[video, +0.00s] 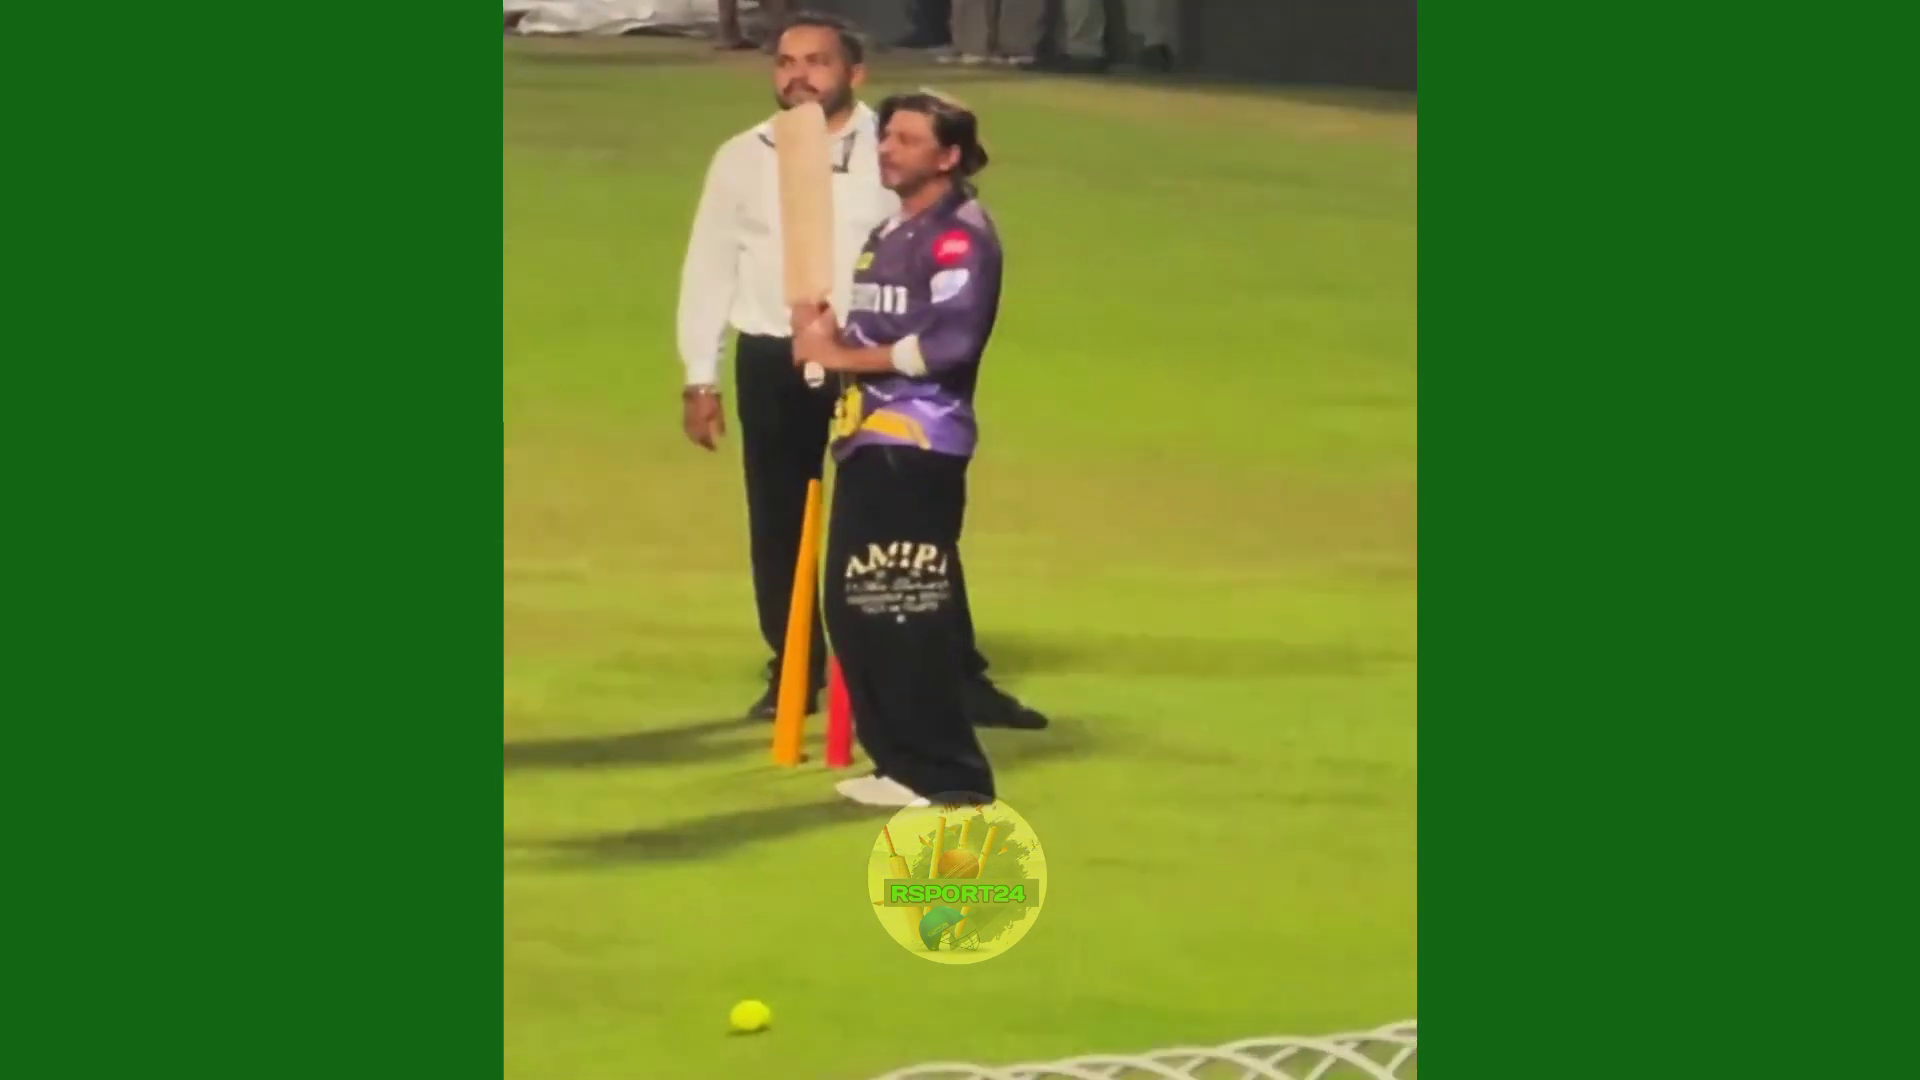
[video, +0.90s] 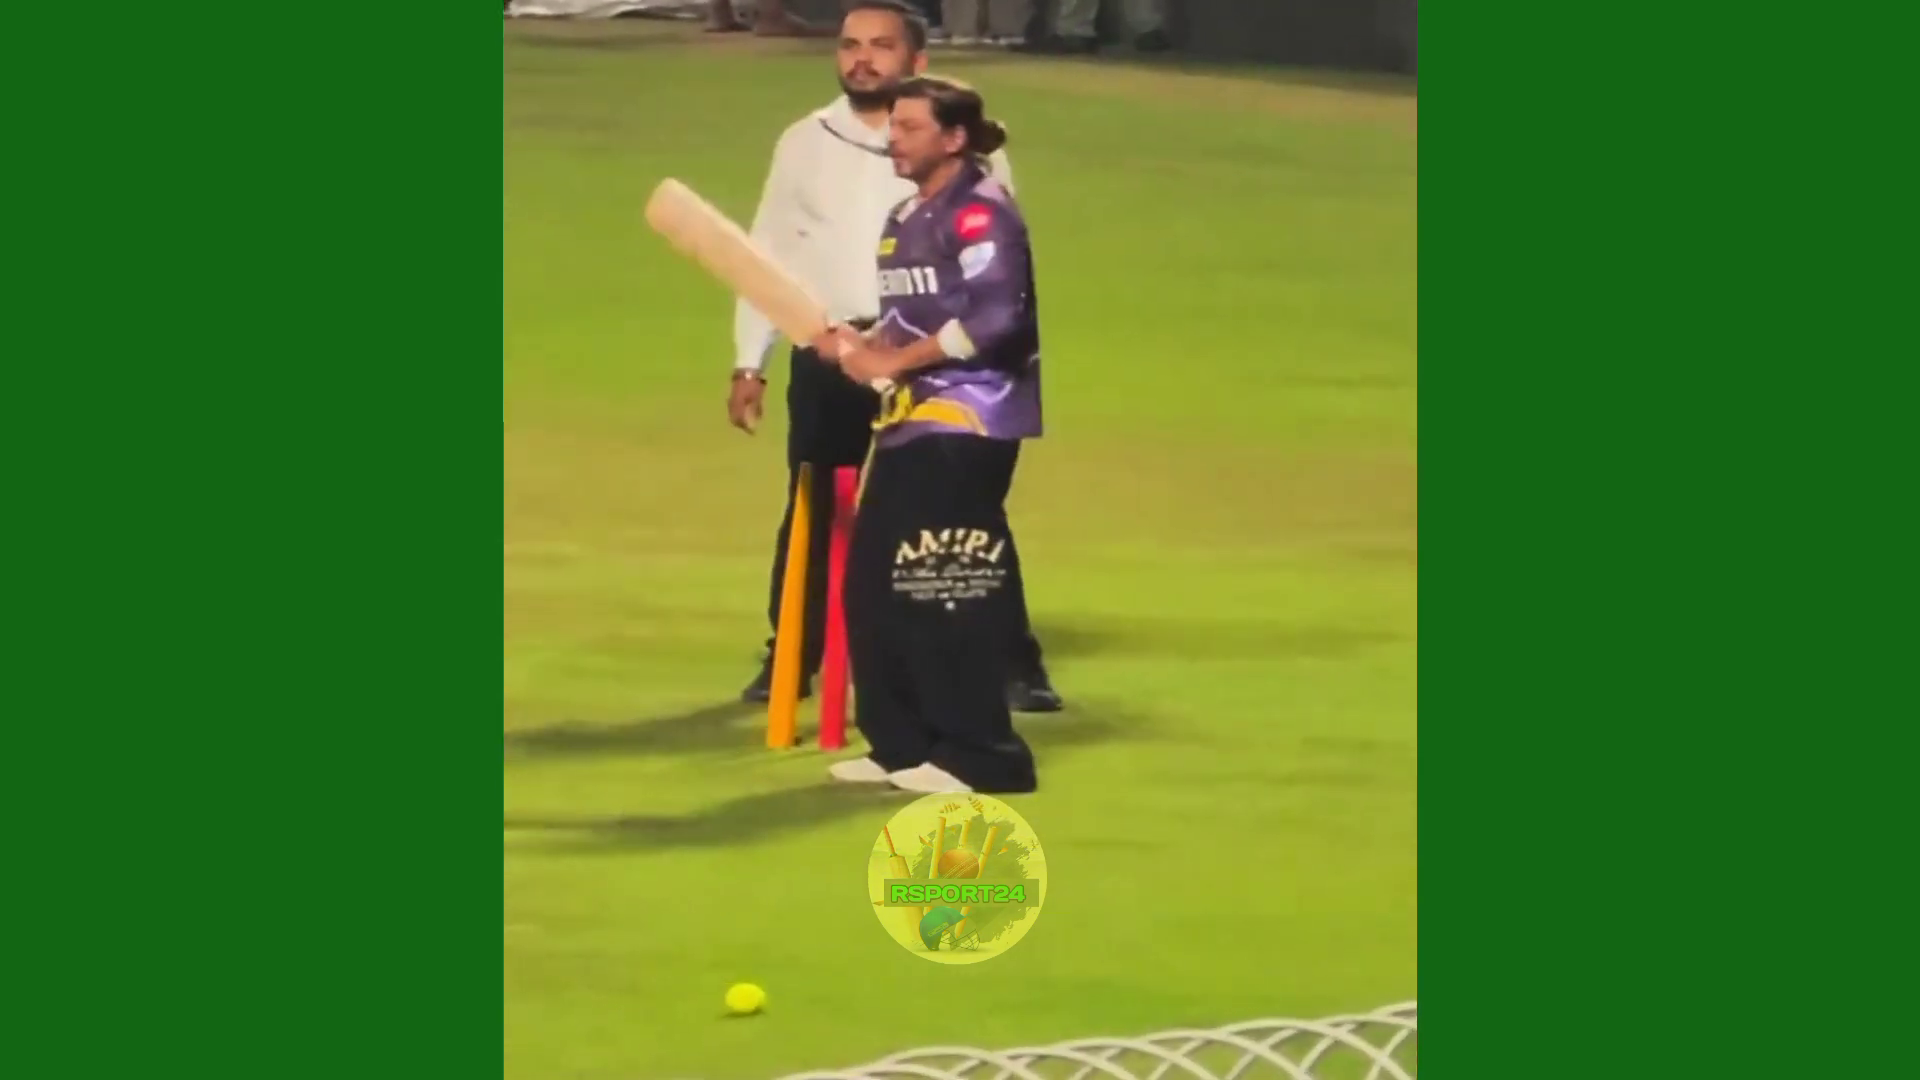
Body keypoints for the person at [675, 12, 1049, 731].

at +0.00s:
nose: (797, 75)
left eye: (814, 62)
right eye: (786, 62)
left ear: (854, 72)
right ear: (774, 71)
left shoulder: (891, 153)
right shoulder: (745, 156)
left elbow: (929, 274)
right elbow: (708, 268)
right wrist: (699, 377)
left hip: (870, 368)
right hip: (775, 363)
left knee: (915, 529)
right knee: (778, 526)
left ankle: (959, 674)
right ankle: (792, 673)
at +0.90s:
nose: (862, 59)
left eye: (879, 46)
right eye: (851, 45)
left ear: (915, 56)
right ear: (836, 55)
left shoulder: (959, 143)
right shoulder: (805, 142)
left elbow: (1001, 254)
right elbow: (770, 259)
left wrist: (973, 343)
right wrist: (749, 362)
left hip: (933, 364)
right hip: (831, 364)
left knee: (976, 524)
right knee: (814, 515)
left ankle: (1018, 665)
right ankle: (789, 660)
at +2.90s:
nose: (827, 139)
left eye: (844, 125)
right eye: (814, 125)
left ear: (876, 134)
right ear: (798, 134)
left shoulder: (924, 211)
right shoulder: (760, 214)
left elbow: (970, 321)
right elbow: (704, 288)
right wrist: (729, 381)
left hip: (893, 428)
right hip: (790, 428)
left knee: (943, 604)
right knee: (768, 595)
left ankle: (970, 754)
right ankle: (747, 746)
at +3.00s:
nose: (837, 139)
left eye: (853, 126)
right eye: (822, 126)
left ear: (880, 135)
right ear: (804, 135)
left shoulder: (927, 212)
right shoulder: (765, 216)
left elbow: (973, 324)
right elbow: (708, 290)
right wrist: (733, 383)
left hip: (900, 430)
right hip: (794, 429)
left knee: (945, 603)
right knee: (772, 598)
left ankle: (974, 755)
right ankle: (752, 747)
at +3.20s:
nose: (838, 149)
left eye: (852, 136)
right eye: (821, 136)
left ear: (872, 144)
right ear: (795, 147)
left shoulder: (915, 221)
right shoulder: (754, 226)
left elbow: (964, 323)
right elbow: (693, 298)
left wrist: (943, 428)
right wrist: (720, 390)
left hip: (892, 438)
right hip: (785, 438)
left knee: (932, 594)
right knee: (760, 606)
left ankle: (955, 760)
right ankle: (737, 757)